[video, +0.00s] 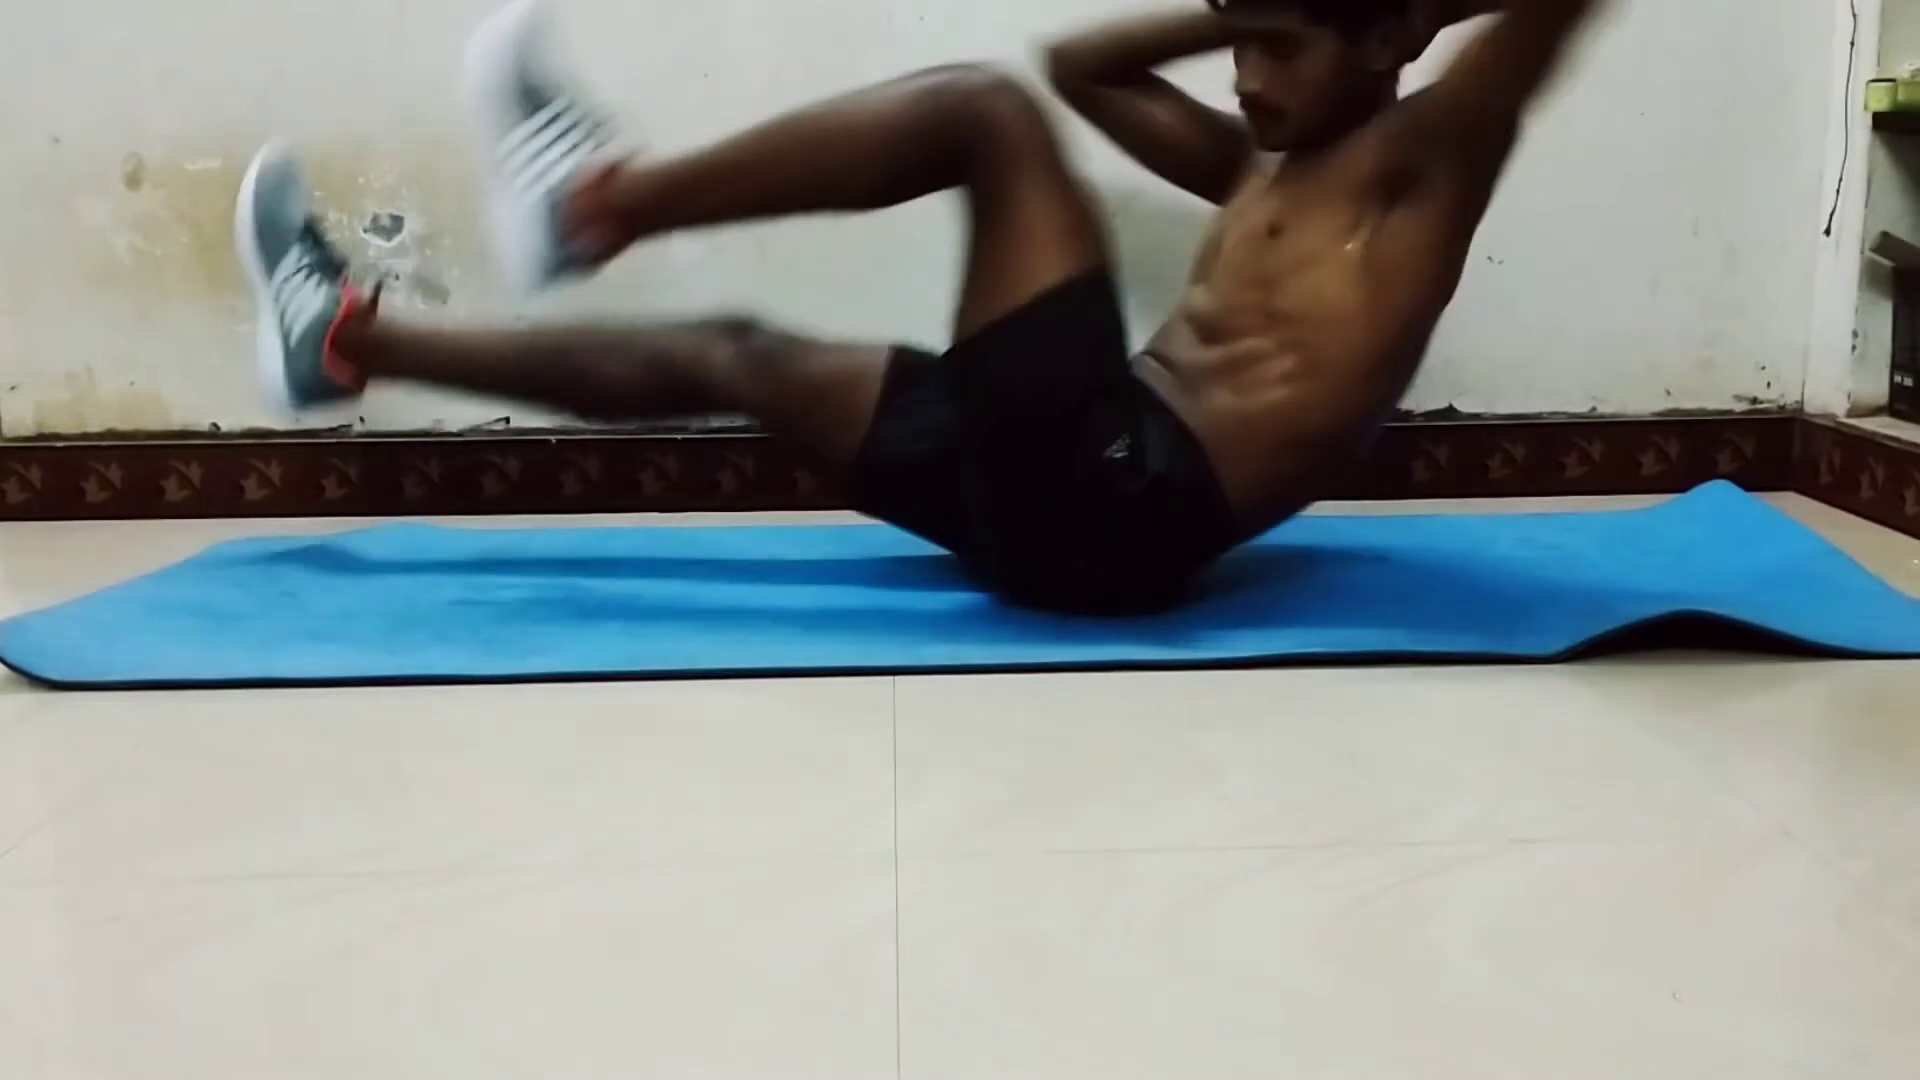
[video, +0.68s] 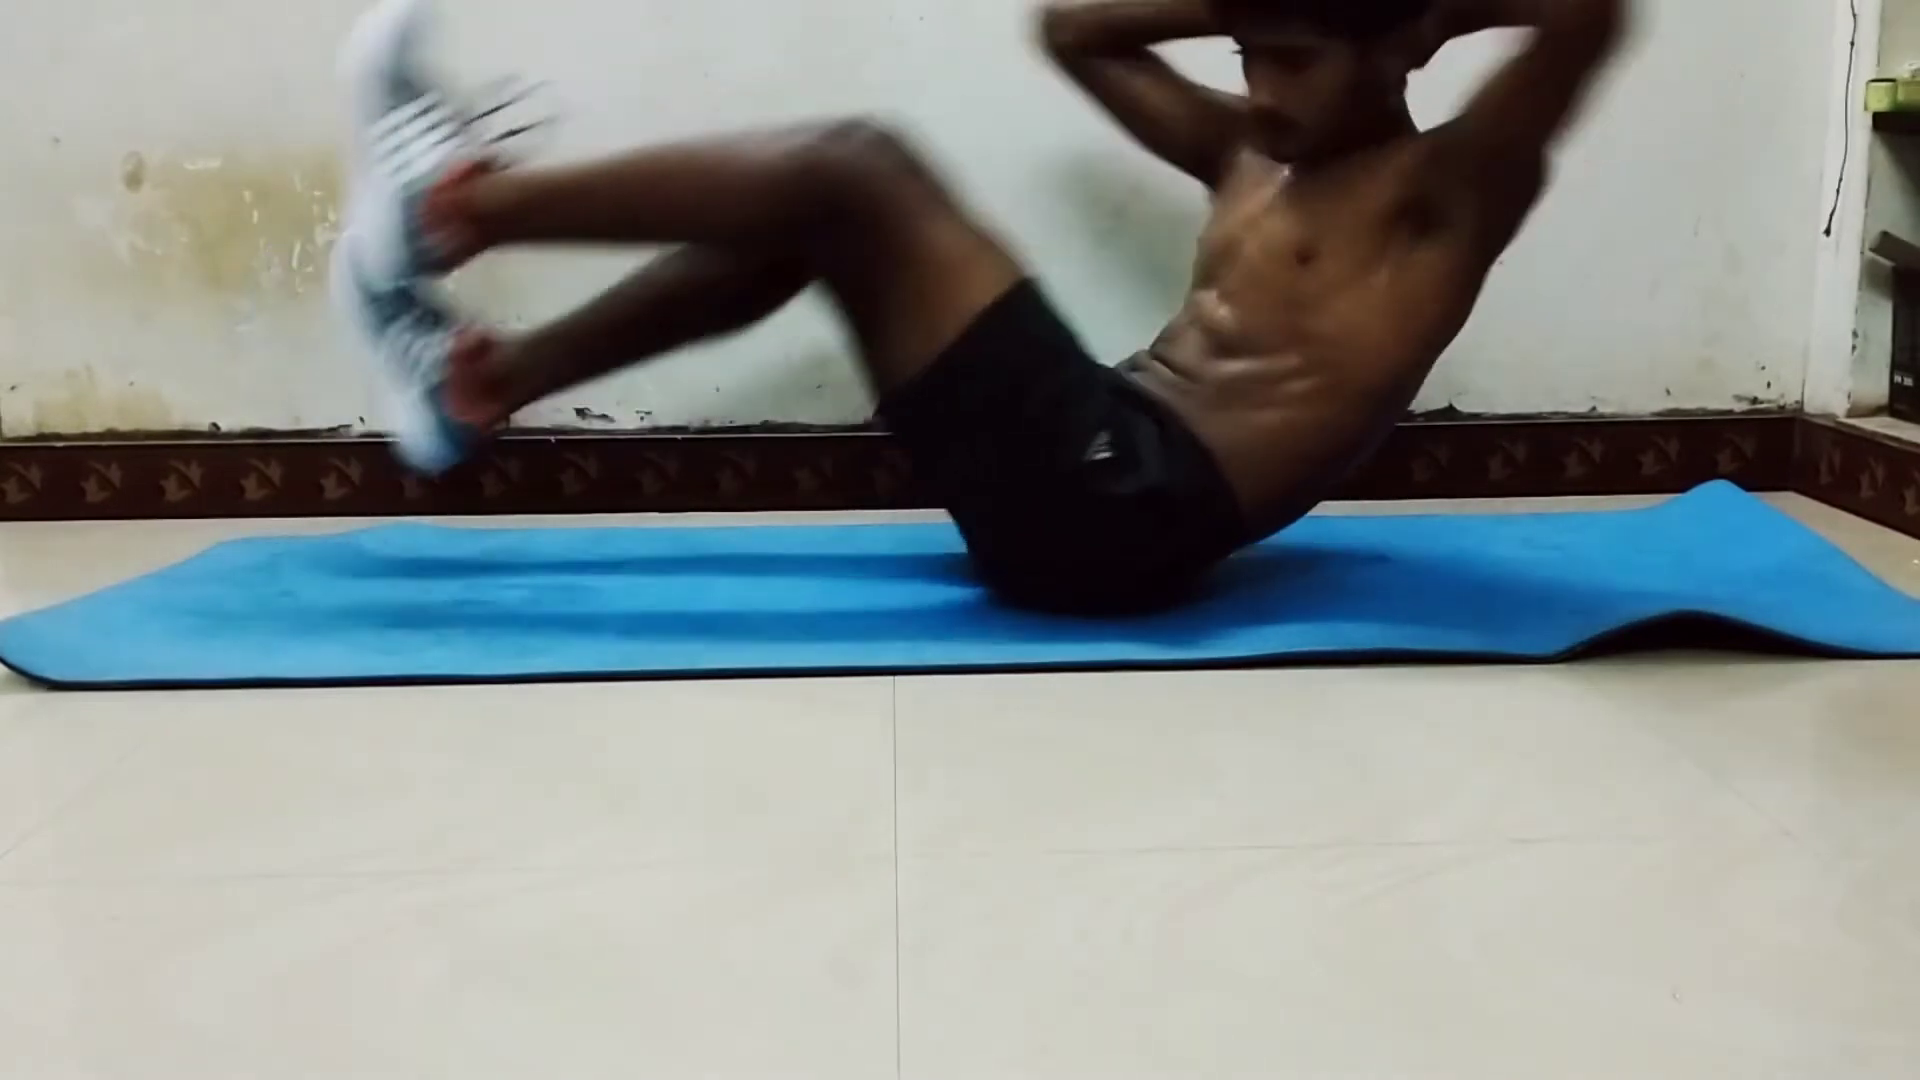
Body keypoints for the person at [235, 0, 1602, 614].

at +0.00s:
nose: (1247, 84)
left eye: (1274, 56)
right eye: (1240, 57)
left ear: (1370, 55)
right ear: (1257, 70)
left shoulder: (1426, 152)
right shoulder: (1263, 167)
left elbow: (1554, 19)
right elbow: (1085, 74)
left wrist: (1428, 54)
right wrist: (1258, 47)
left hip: (1126, 506)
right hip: (1059, 470)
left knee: (997, 108)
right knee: (740, 359)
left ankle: (600, 203)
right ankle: (354, 339)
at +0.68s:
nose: (1254, 93)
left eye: (1289, 64)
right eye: (1248, 66)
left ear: (1385, 62)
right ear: (1251, 59)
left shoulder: (1451, 187)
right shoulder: (1245, 155)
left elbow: (1599, 18)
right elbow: (1067, 35)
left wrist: (1441, 22)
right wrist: (1241, 21)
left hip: (1127, 512)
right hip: (1068, 471)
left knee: (860, 169)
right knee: (829, 205)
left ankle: (455, 208)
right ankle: (486, 386)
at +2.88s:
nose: (1251, 74)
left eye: (1292, 49)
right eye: (1281, 45)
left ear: (1367, 69)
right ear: (1373, 70)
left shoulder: (1372, 191)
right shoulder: (1348, 177)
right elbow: (1105, 91)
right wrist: (1331, 44)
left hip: (1128, 514)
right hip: (1119, 424)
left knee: (737, 430)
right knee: (1130, 132)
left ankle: (269, 436)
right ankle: (742, 172)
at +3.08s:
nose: (1257, 63)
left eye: (1276, 40)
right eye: (1268, 40)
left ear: (1385, 45)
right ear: (1406, 52)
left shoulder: (1388, 162)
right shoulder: (1385, 158)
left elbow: (1094, 91)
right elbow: (1113, 82)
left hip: (1146, 520)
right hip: (1151, 429)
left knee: (752, 388)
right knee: (1092, 116)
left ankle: (328, 472)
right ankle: (697, 184)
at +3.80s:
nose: (1297, 83)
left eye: (1334, 58)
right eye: (1289, 56)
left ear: (1413, 63)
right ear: (1282, 50)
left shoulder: (1462, 205)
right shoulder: (1242, 150)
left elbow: (1614, 40)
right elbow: (1051, 54)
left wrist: (1478, 25)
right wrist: (1229, 24)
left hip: (1172, 516)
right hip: (1065, 450)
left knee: (1148, 107)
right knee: (744, 394)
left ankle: (752, 91)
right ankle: (373, 420)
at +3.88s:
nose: (1291, 80)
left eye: (1324, 55)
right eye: (1288, 55)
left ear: (1413, 66)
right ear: (1292, 58)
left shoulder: (1466, 203)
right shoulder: (1249, 147)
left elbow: (1642, 42)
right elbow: (1038, 47)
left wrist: (1474, 28)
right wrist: (1227, 26)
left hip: (1180, 516)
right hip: (1079, 458)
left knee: (1155, 104)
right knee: (751, 389)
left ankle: (761, 90)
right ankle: (385, 443)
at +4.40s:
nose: (1374, 60)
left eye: (1365, 46)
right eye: (1372, 37)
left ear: (1385, 73)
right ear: (1377, 68)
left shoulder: (1415, 206)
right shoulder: (1368, 198)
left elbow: (1212, 63)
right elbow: (1231, 64)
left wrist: (1377, 55)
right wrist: (1368, 59)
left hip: (1133, 506)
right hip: (1109, 422)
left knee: (730, 341)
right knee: (963, 124)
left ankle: (297, 305)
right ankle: (636, 294)